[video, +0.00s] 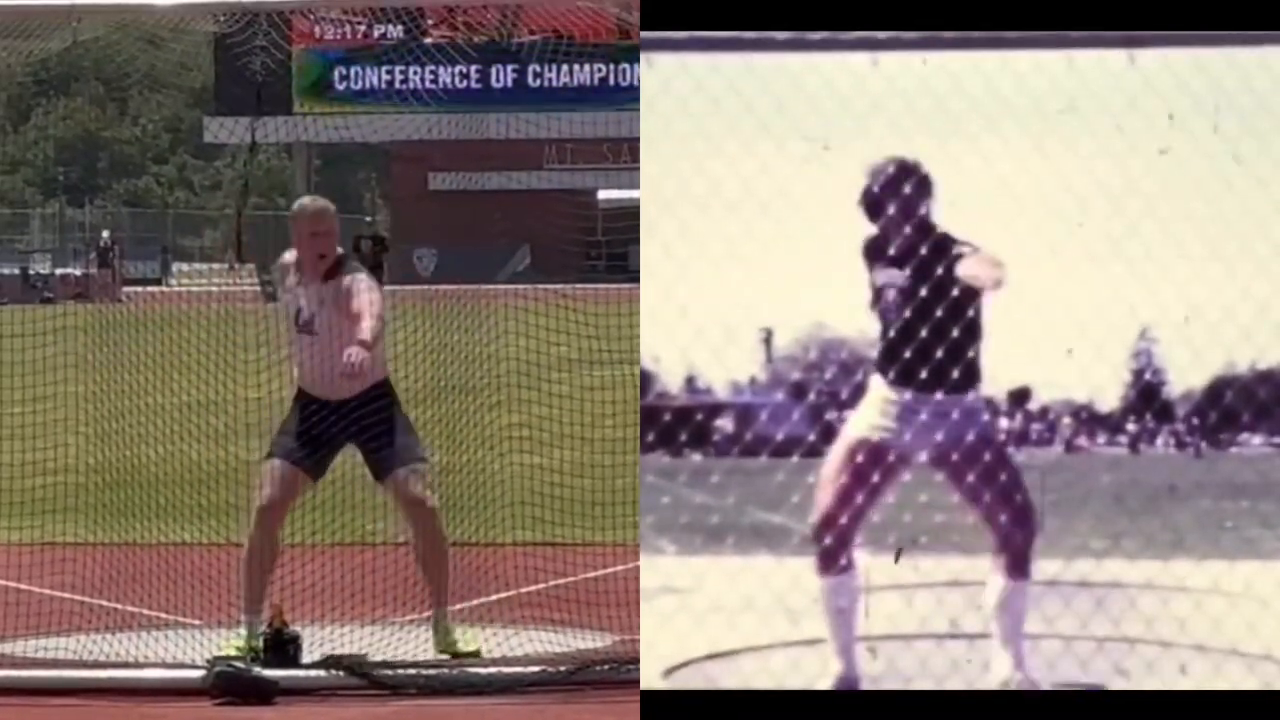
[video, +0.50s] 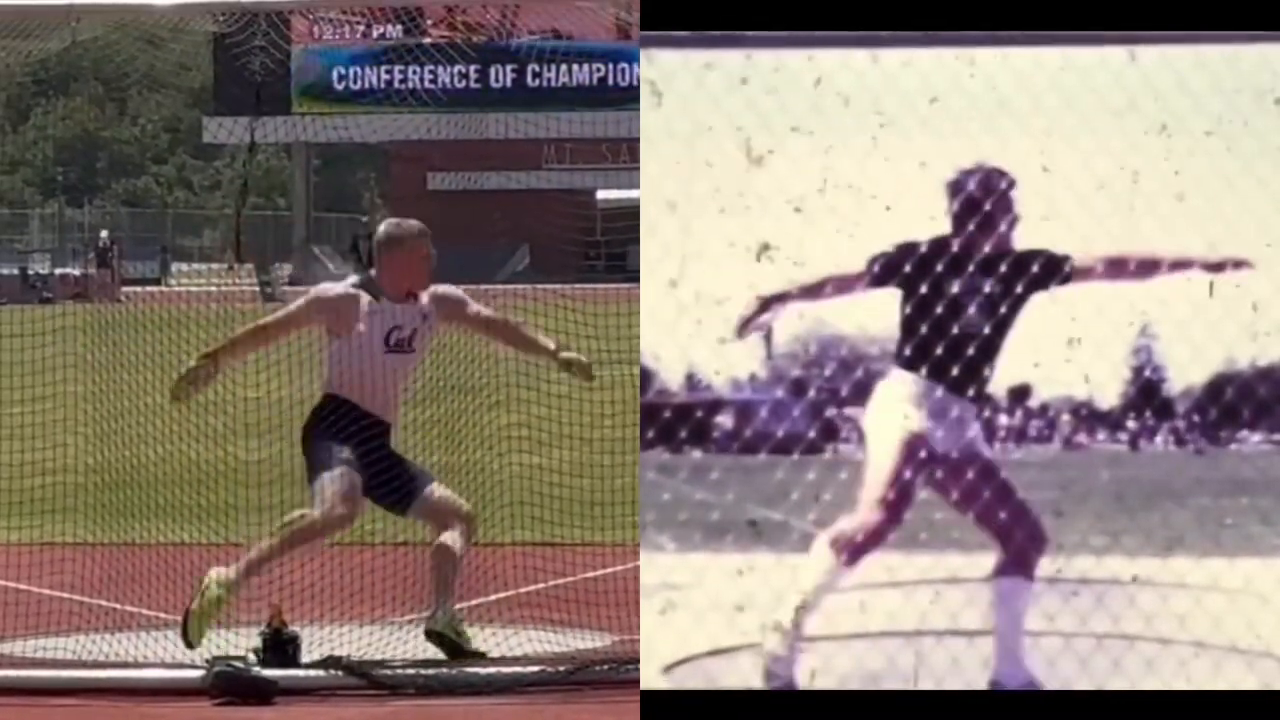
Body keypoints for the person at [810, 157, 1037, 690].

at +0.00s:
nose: (890, 225)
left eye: (899, 211)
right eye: (880, 214)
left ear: (923, 206)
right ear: (872, 213)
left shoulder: (946, 250)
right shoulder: (875, 252)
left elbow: (987, 271)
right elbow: (893, 311)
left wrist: (976, 275)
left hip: (956, 412)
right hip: (887, 407)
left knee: (1016, 526)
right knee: (829, 528)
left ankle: (1010, 667)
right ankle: (846, 669)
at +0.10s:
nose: (921, 215)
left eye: (928, 203)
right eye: (908, 205)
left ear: (939, 202)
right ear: (886, 206)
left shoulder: (958, 250)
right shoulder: (877, 250)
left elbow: (1018, 266)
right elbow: (886, 297)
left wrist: (1009, 271)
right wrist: (872, 306)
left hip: (958, 411)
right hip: (887, 405)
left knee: (1022, 521)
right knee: (830, 526)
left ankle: (1008, 668)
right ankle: (845, 669)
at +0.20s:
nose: (922, 225)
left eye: (933, 212)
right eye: (915, 212)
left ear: (954, 207)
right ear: (904, 209)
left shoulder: (986, 257)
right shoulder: (888, 250)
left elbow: (1058, 265)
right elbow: (848, 284)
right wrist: (830, 303)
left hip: (959, 418)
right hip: (888, 407)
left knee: (1026, 520)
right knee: (831, 526)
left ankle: (1007, 666)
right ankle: (840, 668)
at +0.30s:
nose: (977, 219)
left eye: (978, 209)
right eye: (969, 209)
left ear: (976, 211)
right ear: (943, 211)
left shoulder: (1004, 264)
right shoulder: (901, 256)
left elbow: (1090, 267)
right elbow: (835, 283)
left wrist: (1170, 265)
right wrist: (800, 303)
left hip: (954, 425)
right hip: (888, 412)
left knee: (1025, 527)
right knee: (837, 526)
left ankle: (1007, 666)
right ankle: (825, 666)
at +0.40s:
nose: (993, 221)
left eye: (993, 211)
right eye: (984, 211)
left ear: (979, 211)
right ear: (960, 214)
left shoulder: (1011, 267)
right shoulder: (908, 259)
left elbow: (1107, 269)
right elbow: (842, 284)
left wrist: (1190, 264)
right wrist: (796, 299)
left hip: (953, 427)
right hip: (891, 413)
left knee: (1025, 532)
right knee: (844, 528)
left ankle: (1007, 670)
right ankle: (810, 659)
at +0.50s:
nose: (1014, 221)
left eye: (1013, 211)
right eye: (1004, 212)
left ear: (995, 217)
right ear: (974, 216)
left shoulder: (1024, 268)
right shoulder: (923, 260)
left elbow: (1115, 268)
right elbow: (842, 284)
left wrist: (1197, 264)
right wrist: (774, 300)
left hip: (957, 428)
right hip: (902, 407)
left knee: (1024, 540)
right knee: (874, 523)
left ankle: (1008, 671)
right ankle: (784, 630)